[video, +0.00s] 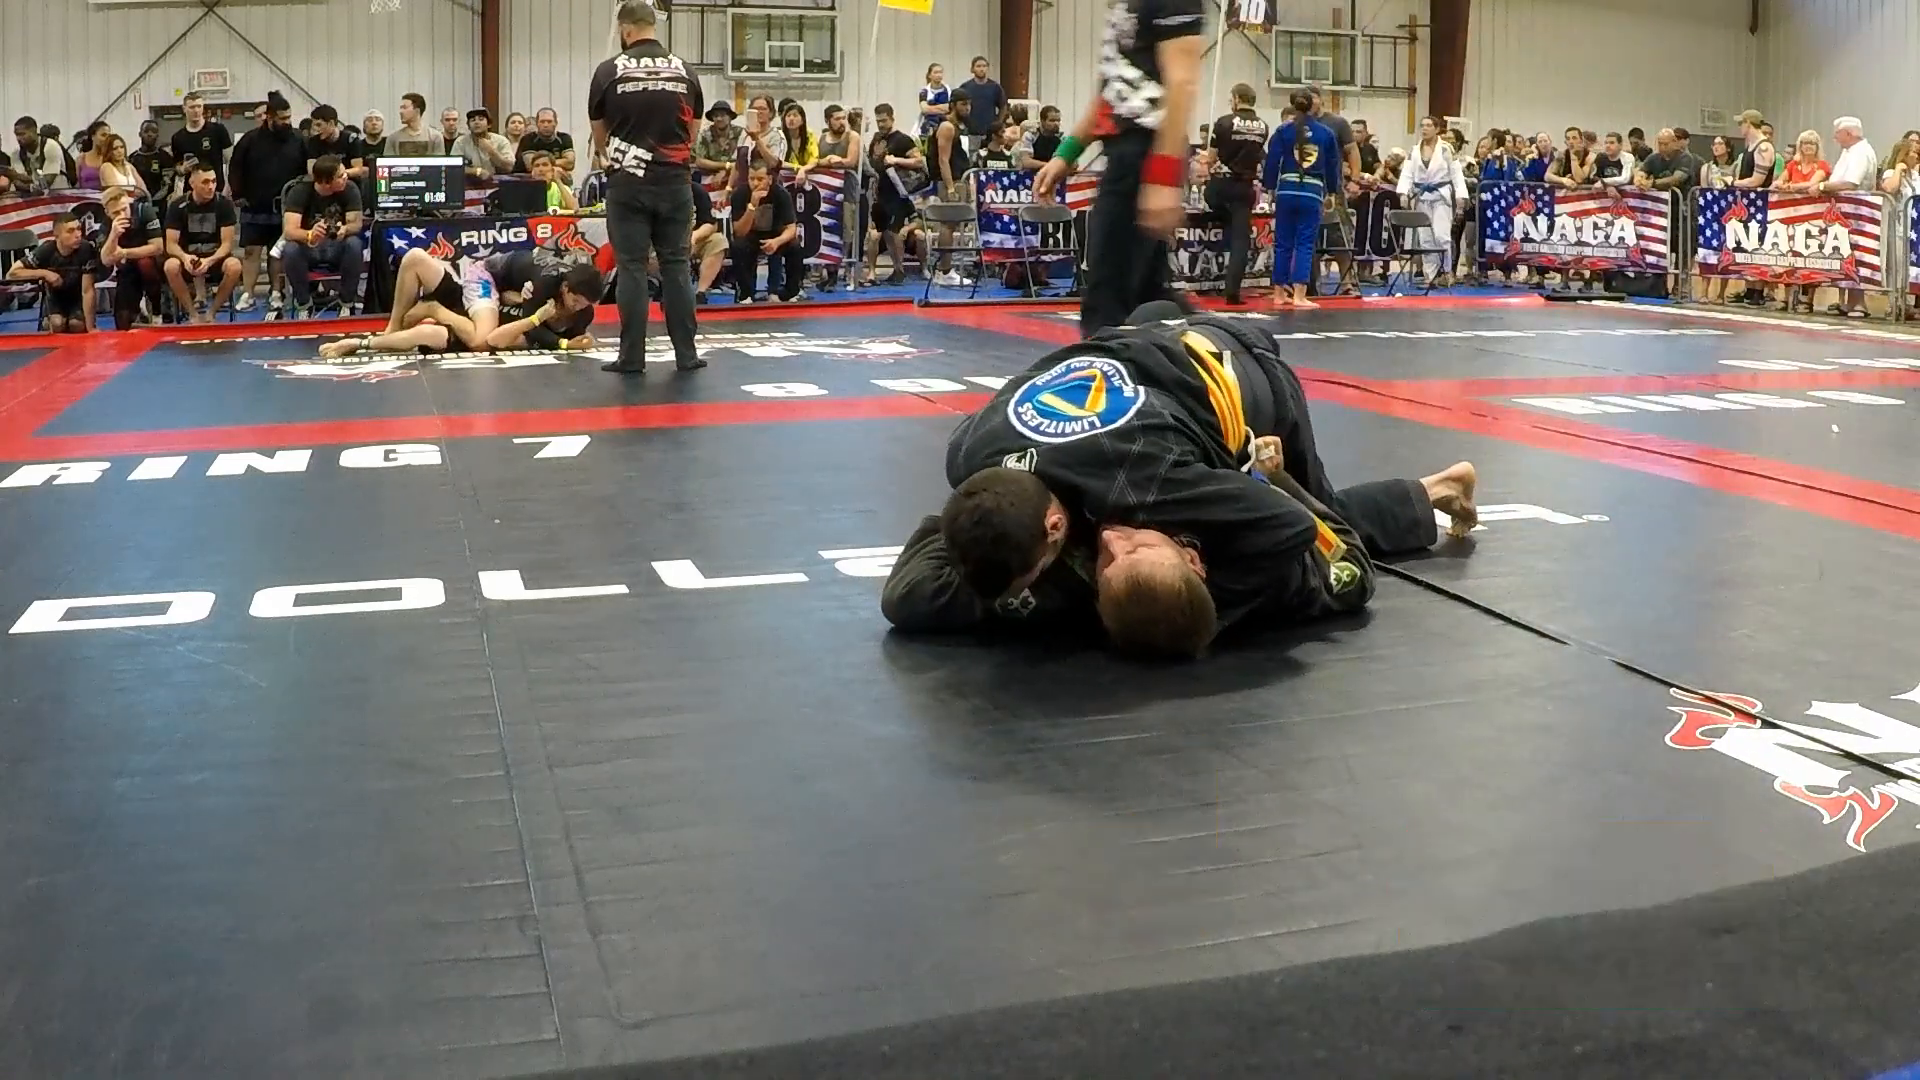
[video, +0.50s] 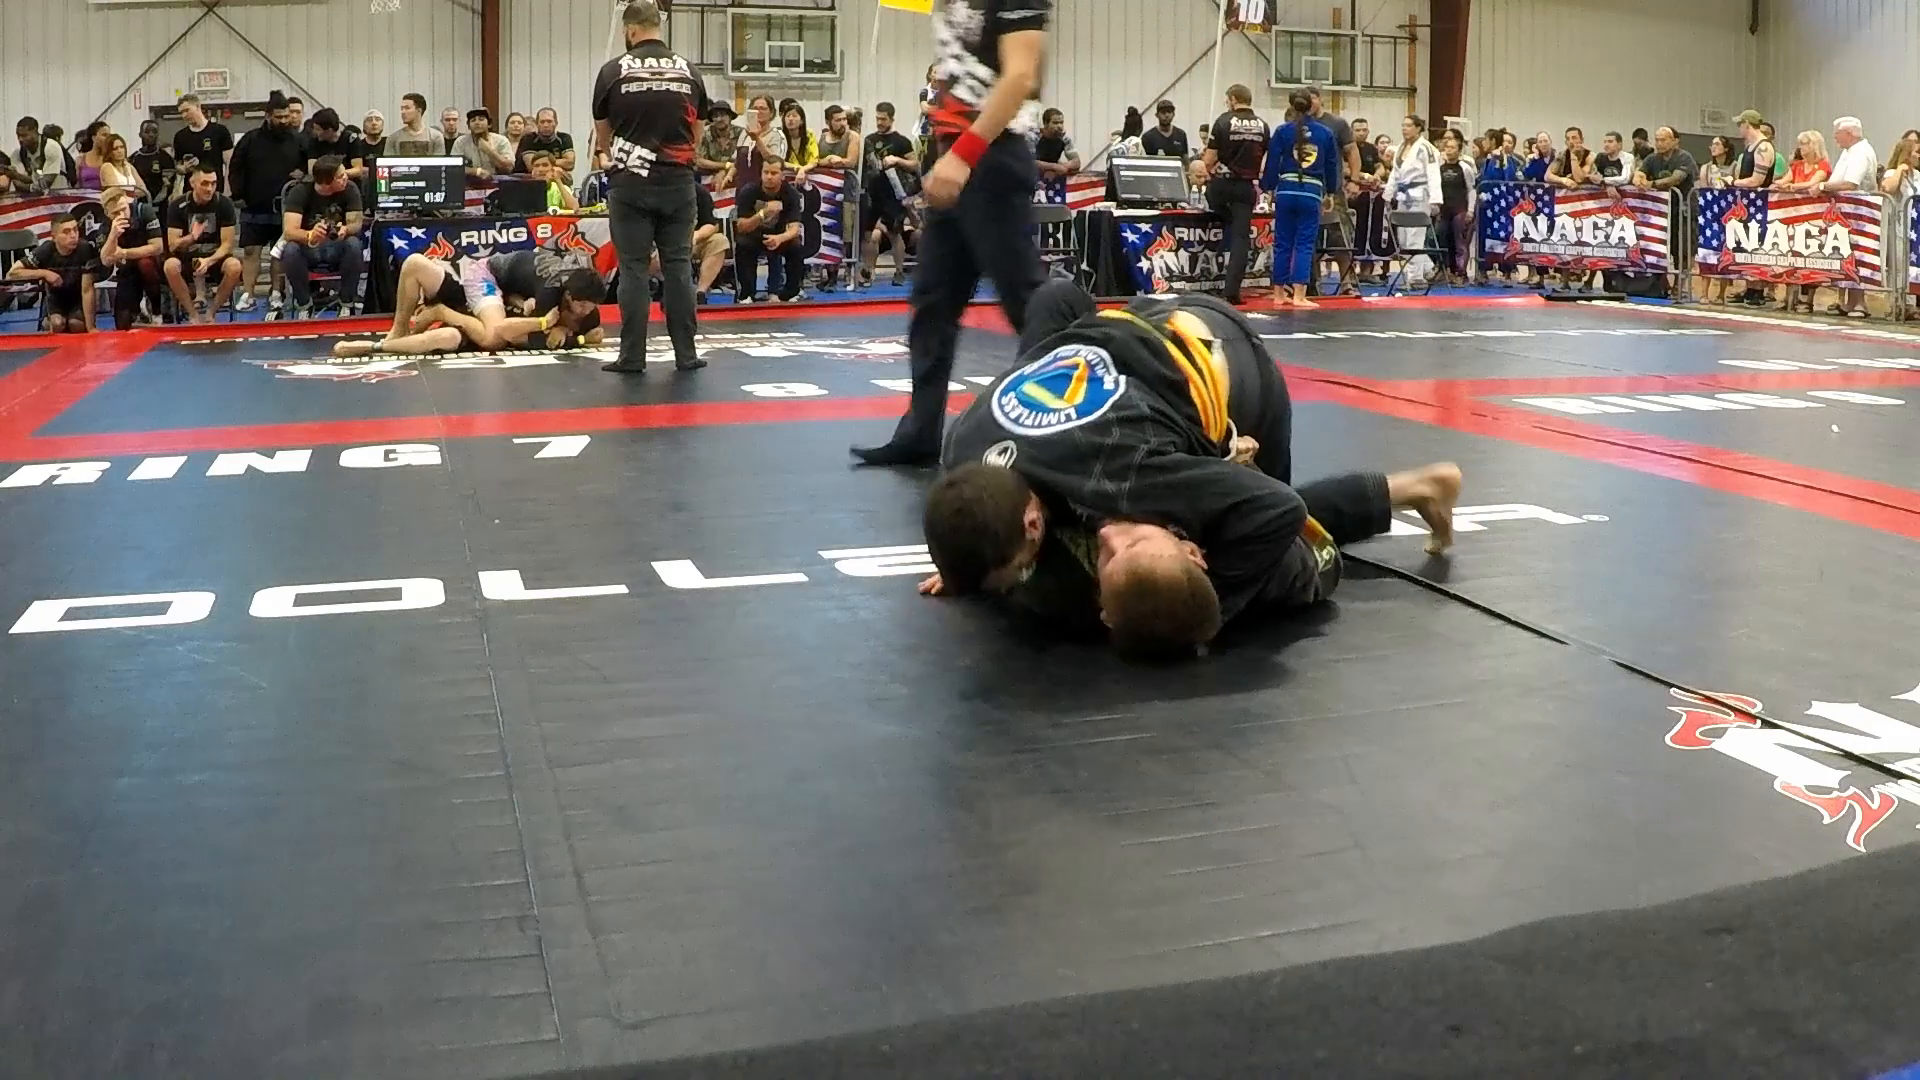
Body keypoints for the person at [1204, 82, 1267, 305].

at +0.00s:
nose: (1230, 102)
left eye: (1231, 99)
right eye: (1232, 99)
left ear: (1236, 100)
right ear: (1252, 101)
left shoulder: (1223, 122)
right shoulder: (1263, 126)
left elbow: (1212, 156)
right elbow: (1258, 155)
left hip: (1222, 181)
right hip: (1246, 185)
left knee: (1211, 197)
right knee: (1241, 239)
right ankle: (1232, 292)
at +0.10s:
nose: (1229, 103)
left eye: (1230, 99)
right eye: (1230, 99)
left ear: (1236, 100)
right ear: (1252, 101)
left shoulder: (1224, 123)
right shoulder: (1262, 127)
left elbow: (1210, 160)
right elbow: (1256, 156)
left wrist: (1204, 166)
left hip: (1221, 181)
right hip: (1245, 184)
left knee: (1212, 197)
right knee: (1240, 239)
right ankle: (1232, 292)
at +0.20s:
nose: (1228, 103)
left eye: (1229, 100)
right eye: (1229, 100)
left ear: (1235, 101)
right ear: (1250, 101)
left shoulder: (1224, 123)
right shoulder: (1262, 126)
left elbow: (1210, 160)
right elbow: (1257, 154)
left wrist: (1204, 166)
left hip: (1221, 181)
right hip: (1246, 184)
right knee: (1241, 239)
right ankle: (1232, 292)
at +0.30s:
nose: (1228, 103)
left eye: (1229, 99)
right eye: (1229, 99)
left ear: (1234, 100)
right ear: (1251, 101)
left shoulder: (1223, 123)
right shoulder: (1263, 126)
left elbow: (1210, 160)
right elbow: (1259, 154)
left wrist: (1206, 169)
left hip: (1221, 181)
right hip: (1246, 185)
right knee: (1240, 239)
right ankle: (1232, 292)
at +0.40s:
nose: (1227, 103)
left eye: (1228, 100)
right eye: (1228, 100)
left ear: (1233, 100)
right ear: (1249, 101)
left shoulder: (1222, 123)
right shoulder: (1262, 125)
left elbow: (1209, 159)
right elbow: (1261, 153)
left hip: (1222, 181)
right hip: (1246, 184)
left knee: (1211, 192)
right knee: (1241, 239)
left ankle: (1231, 227)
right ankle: (1232, 292)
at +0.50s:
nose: (1227, 103)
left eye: (1227, 100)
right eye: (1227, 100)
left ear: (1233, 100)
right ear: (1248, 101)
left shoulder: (1223, 121)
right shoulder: (1262, 124)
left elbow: (1210, 158)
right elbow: (1265, 153)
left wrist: (1207, 170)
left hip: (1223, 181)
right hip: (1247, 184)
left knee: (1212, 196)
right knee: (1241, 239)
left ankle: (1233, 225)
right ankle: (1232, 292)